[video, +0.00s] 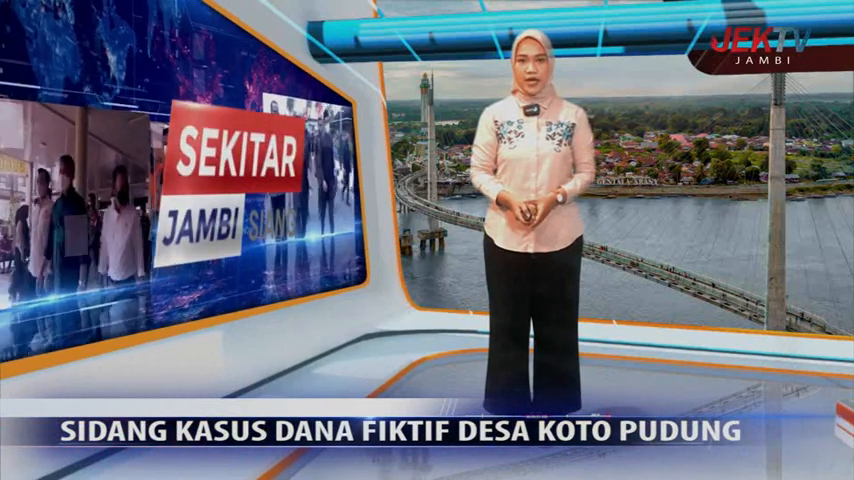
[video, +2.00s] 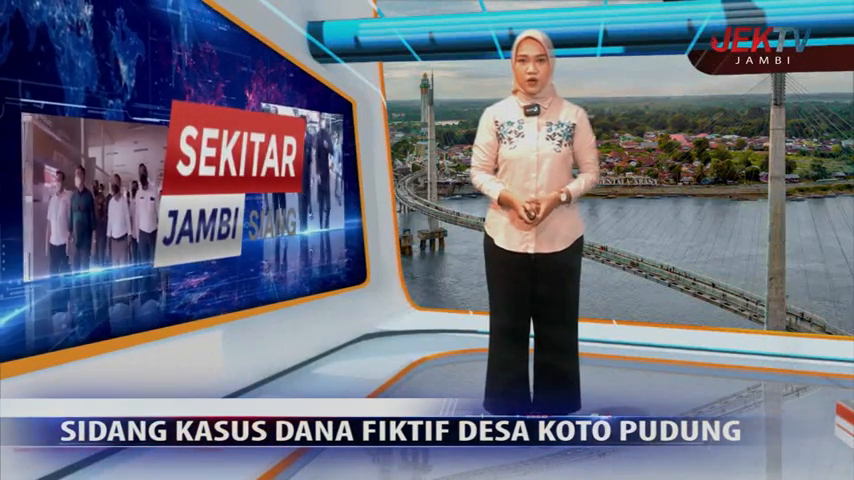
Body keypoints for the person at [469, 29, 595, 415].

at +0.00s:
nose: (531, 67)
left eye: (539, 59)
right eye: (523, 60)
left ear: (551, 65)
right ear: (512, 65)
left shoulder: (573, 116)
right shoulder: (494, 116)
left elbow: (586, 173)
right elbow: (479, 171)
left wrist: (553, 198)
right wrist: (508, 200)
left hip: (559, 243)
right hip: (506, 244)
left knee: (558, 338)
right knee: (507, 336)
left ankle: (558, 422)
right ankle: (506, 422)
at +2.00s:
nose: (531, 67)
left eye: (540, 60)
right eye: (523, 60)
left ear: (551, 65)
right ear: (513, 66)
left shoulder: (574, 116)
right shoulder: (494, 116)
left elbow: (590, 173)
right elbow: (480, 172)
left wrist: (557, 197)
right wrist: (509, 199)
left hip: (559, 242)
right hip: (507, 243)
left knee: (558, 337)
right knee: (508, 336)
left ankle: (558, 423)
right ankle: (506, 423)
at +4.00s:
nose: (529, 67)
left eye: (538, 59)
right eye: (521, 59)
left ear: (550, 65)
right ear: (511, 65)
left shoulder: (571, 115)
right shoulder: (492, 116)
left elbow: (588, 172)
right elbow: (478, 173)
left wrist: (555, 198)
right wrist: (506, 199)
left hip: (558, 241)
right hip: (505, 242)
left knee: (554, 329)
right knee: (509, 328)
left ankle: (544, 413)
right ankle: (519, 414)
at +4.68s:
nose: (530, 66)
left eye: (539, 58)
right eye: (522, 59)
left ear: (550, 64)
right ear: (511, 65)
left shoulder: (572, 115)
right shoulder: (493, 116)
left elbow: (587, 172)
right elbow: (479, 172)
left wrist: (556, 197)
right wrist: (505, 198)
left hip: (559, 242)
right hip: (506, 242)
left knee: (554, 329)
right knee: (509, 329)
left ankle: (544, 413)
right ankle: (519, 414)